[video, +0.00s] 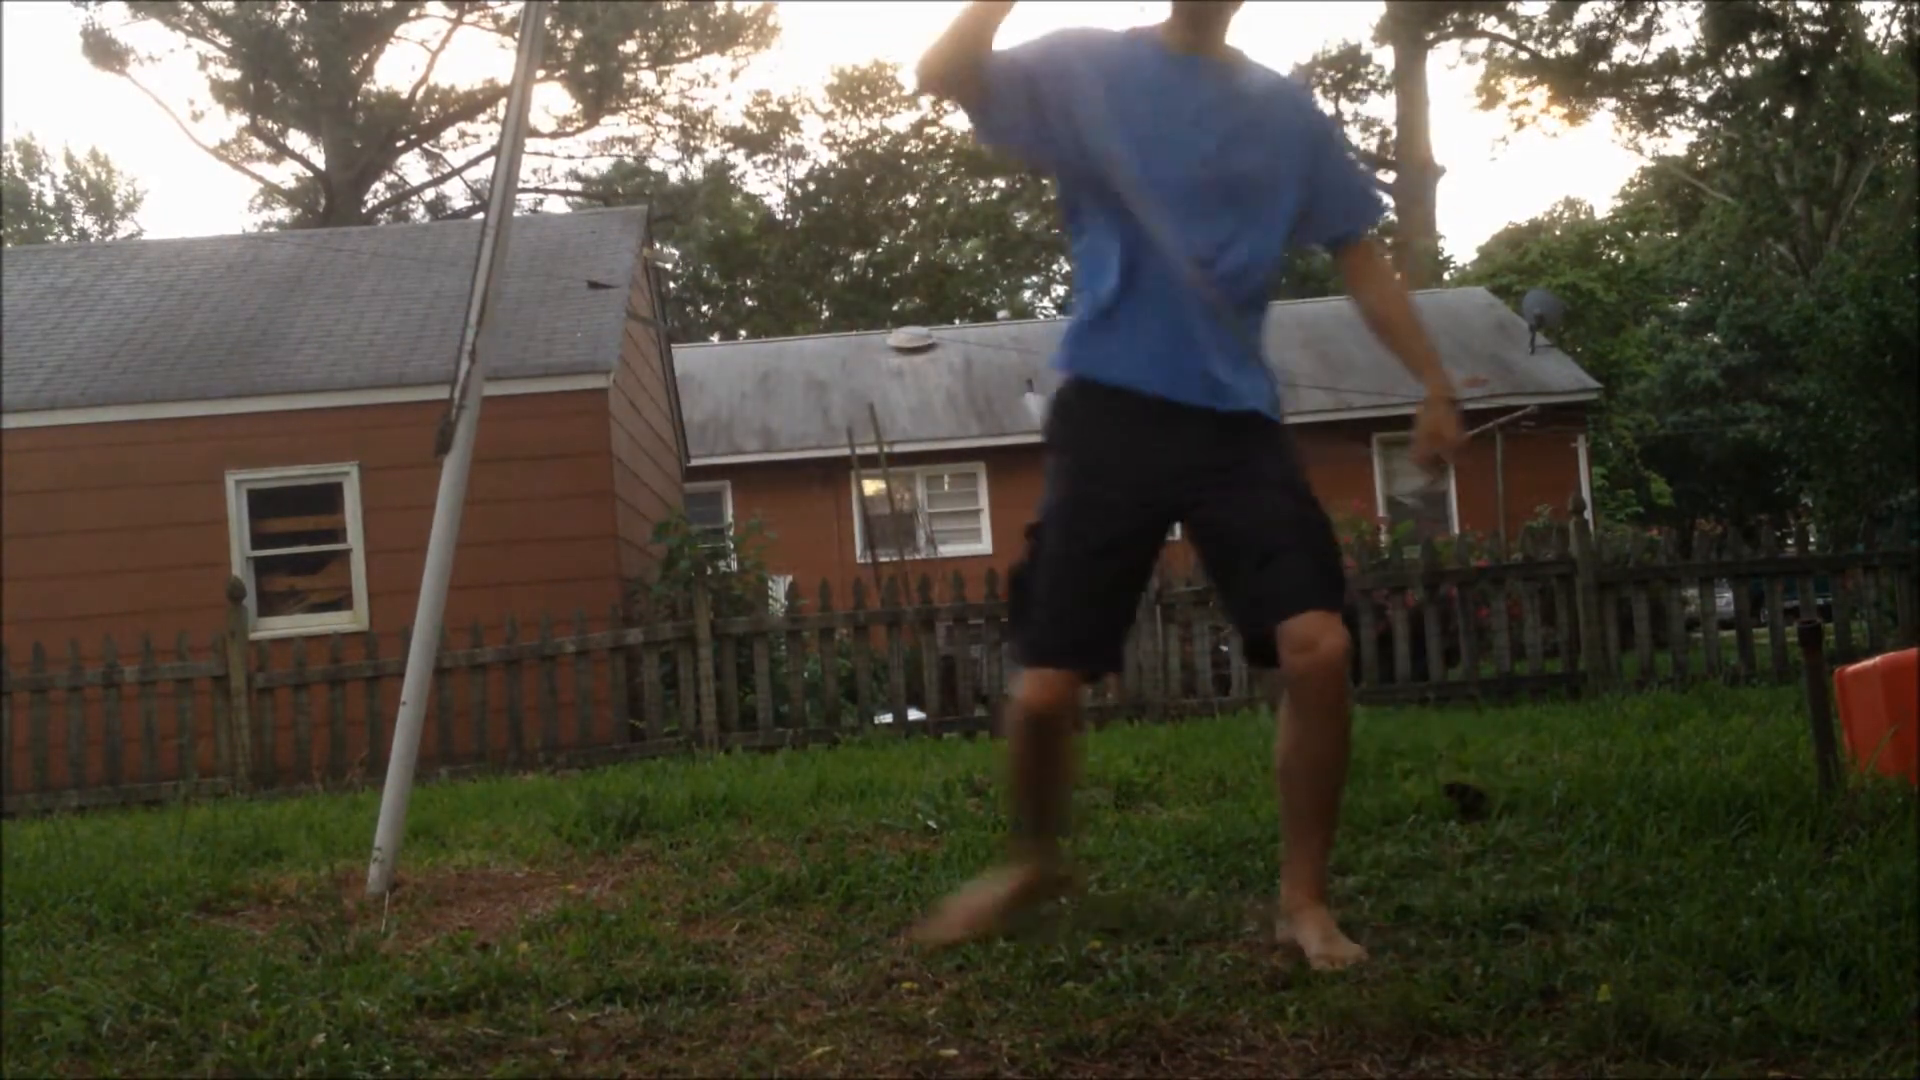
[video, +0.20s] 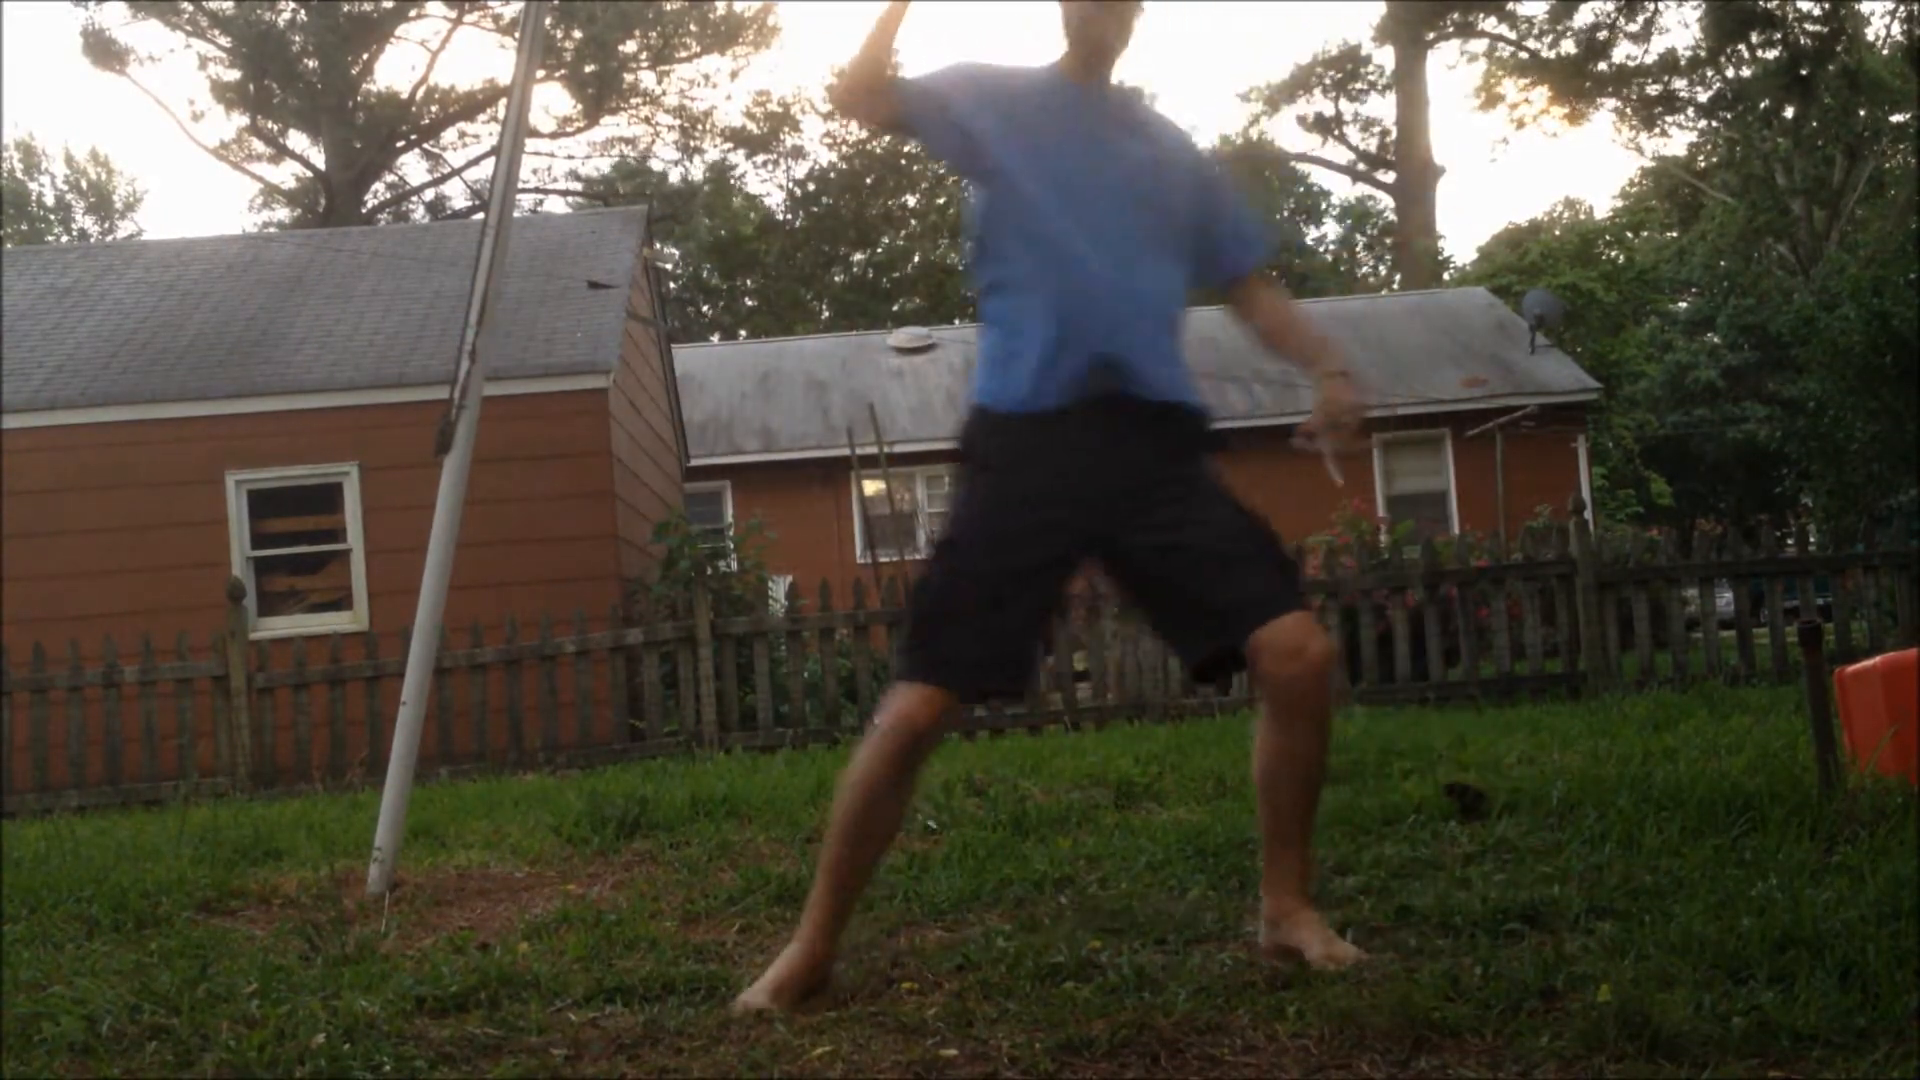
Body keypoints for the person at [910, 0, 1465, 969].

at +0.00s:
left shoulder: (1290, 112)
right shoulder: (1090, 67)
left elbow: (1364, 263)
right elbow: (943, 73)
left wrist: (1437, 386)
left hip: (1235, 416)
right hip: (1108, 408)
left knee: (1317, 651)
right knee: (1039, 692)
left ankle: (1304, 902)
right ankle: (1035, 859)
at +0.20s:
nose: (1104, 7)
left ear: (1137, 15)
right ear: (1062, 4)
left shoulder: (1175, 155)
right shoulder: (996, 98)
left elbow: (1253, 288)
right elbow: (861, 95)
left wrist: (1328, 365)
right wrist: (897, 7)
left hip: (1155, 448)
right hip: (1022, 446)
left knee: (1299, 656)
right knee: (916, 706)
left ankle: (1287, 913)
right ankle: (810, 949)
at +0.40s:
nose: (963, 20)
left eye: (979, 5)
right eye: (945, 4)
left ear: (1004, 26)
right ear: (920, 23)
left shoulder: (1057, 159)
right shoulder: (853, 142)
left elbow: (1152, 301)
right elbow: (695, 179)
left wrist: (1224, 413)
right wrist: (747, 63)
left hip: (1031, 460)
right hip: (897, 463)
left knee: (1200, 674)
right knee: (821, 740)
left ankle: (1269, 913)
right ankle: (800, 959)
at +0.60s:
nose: (866, 17)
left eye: (884, 2)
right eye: (848, 4)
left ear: (914, 18)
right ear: (824, 25)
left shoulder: (986, 136)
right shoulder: (785, 162)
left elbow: (1099, 256)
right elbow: (672, 270)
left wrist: (1203, 382)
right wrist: (638, 150)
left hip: (966, 461)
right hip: (827, 478)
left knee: (1129, 693)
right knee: (793, 747)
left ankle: (1263, 914)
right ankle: (798, 960)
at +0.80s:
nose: (831, 12)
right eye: (812, 1)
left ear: (884, 11)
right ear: (790, 22)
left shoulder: (953, 126)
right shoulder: (777, 151)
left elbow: (1072, 247)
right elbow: (723, 286)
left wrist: (1175, 385)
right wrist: (602, 261)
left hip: (954, 462)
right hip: (818, 479)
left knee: (1112, 689)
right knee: (793, 739)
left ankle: (1264, 903)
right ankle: (802, 957)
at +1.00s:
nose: (797, 18)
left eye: (809, 1)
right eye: (796, 5)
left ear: (875, 2)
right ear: (858, 14)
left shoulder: (989, 105)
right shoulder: (840, 127)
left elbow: (1106, 238)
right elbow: (810, 281)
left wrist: (1161, 391)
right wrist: (684, 290)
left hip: (987, 439)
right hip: (869, 457)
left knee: (1097, 681)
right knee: (822, 701)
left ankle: (1264, 848)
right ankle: (806, 949)